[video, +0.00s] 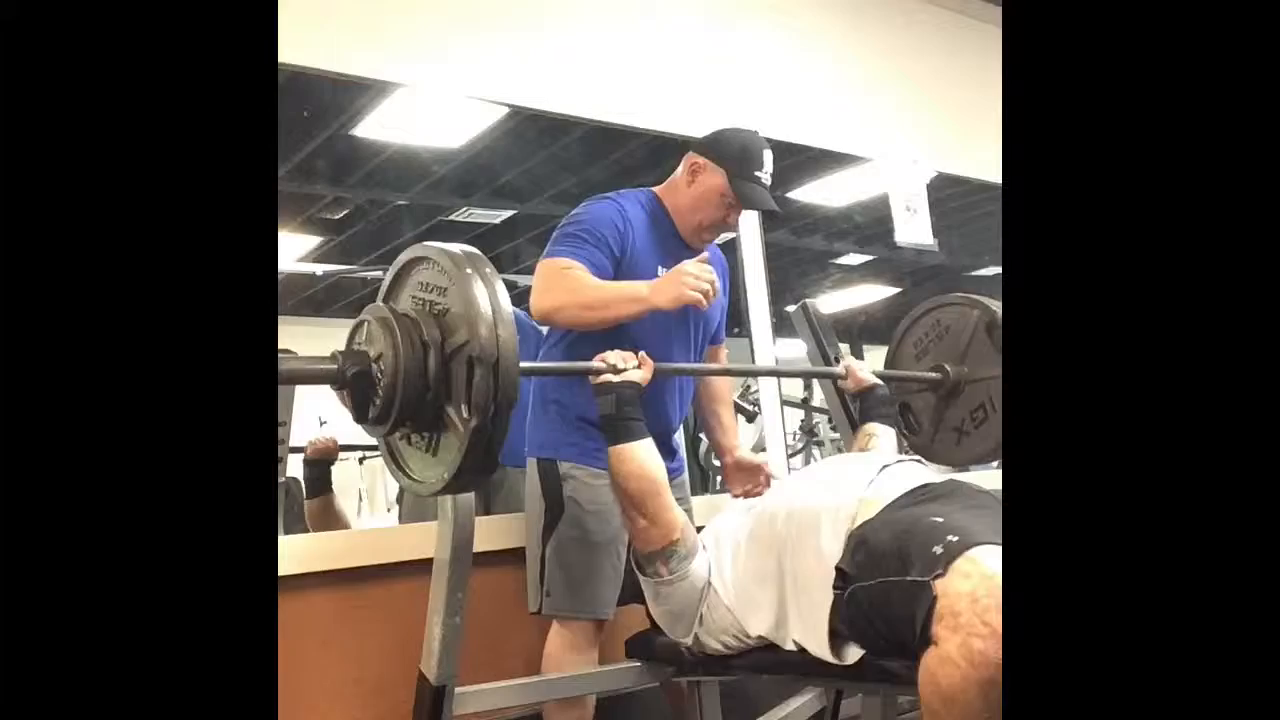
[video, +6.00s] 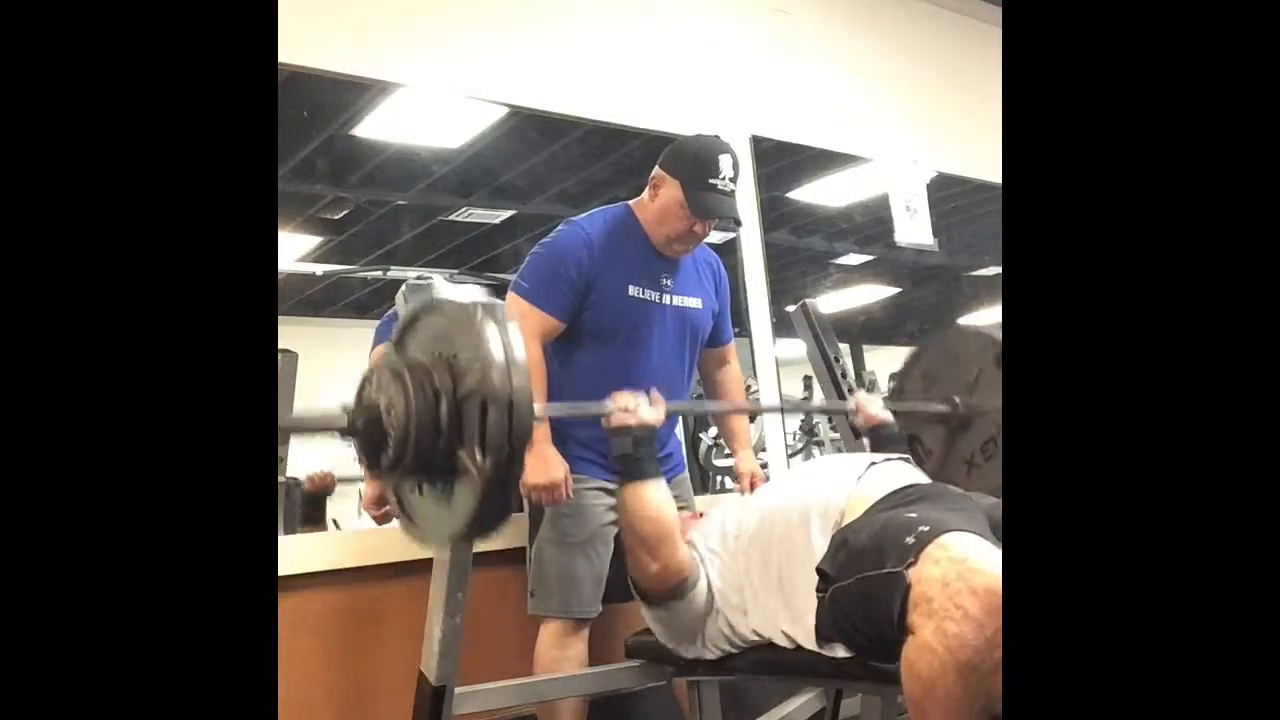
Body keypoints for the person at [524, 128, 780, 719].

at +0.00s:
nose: (736, 219)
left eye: (744, 208)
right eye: (732, 201)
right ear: (693, 171)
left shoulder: (712, 263)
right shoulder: (610, 218)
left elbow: (711, 364)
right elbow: (550, 298)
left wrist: (730, 451)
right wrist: (653, 293)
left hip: (659, 455)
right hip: (578, 450)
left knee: (667, 607)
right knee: (583, 614)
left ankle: (668, 715)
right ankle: (570, 716)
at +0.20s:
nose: (735, 222)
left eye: (744, 213)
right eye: (732, 205)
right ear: (694, 173)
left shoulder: (712, 266)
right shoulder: (609, 220)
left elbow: (711, 363)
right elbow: (538, 295)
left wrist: (722, 455)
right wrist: (622, 341)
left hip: (658, 460)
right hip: (577, 452)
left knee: (675, 611)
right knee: (579, 618)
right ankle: (567, 715)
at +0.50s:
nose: (734, 223)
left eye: (742, 214)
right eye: (731, 207)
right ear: (693, 174)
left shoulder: (709, 267)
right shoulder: (604, 223)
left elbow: (709, 361)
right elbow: (536, 307)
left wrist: (726, 446)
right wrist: (568, 414)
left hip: (656, 466)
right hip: (578, 456)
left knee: (653, 614)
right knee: (576, 619)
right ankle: (566, 716)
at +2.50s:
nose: (717, 226)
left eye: (726, 216)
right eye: (713, 208)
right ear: (672, 180)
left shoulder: (695, 273)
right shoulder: (587, 231)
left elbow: (698, 369)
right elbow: (518, 317)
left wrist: (718, 456)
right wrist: (541, 432)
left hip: (647, 475)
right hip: (575, 467)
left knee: (649, 623)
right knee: (568, 625)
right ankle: (559, 718)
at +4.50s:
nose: (698, 229)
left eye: (707, 218)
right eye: (689, 212)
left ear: (715, 214)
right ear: (650, 187)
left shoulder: (705, 270)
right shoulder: (574, 245)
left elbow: (720, 365)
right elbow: (514, 340)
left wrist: (741, 452)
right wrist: (523, 451)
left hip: (660, 468)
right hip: (575, 469)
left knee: (675, 617)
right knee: (567, 620)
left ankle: (682, 713)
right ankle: (560, 718)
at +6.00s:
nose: (704, 228)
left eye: (713, 218)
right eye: (695, 211)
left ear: (722, 215)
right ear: (656, 187)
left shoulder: (709, 270)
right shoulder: (580, 245)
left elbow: (721, 365)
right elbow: (520, 337)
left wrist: (743, 451)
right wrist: (537, 443)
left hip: (662, 471)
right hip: (580, 467)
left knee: (648, 611)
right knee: (570, 620)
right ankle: (564, 717)